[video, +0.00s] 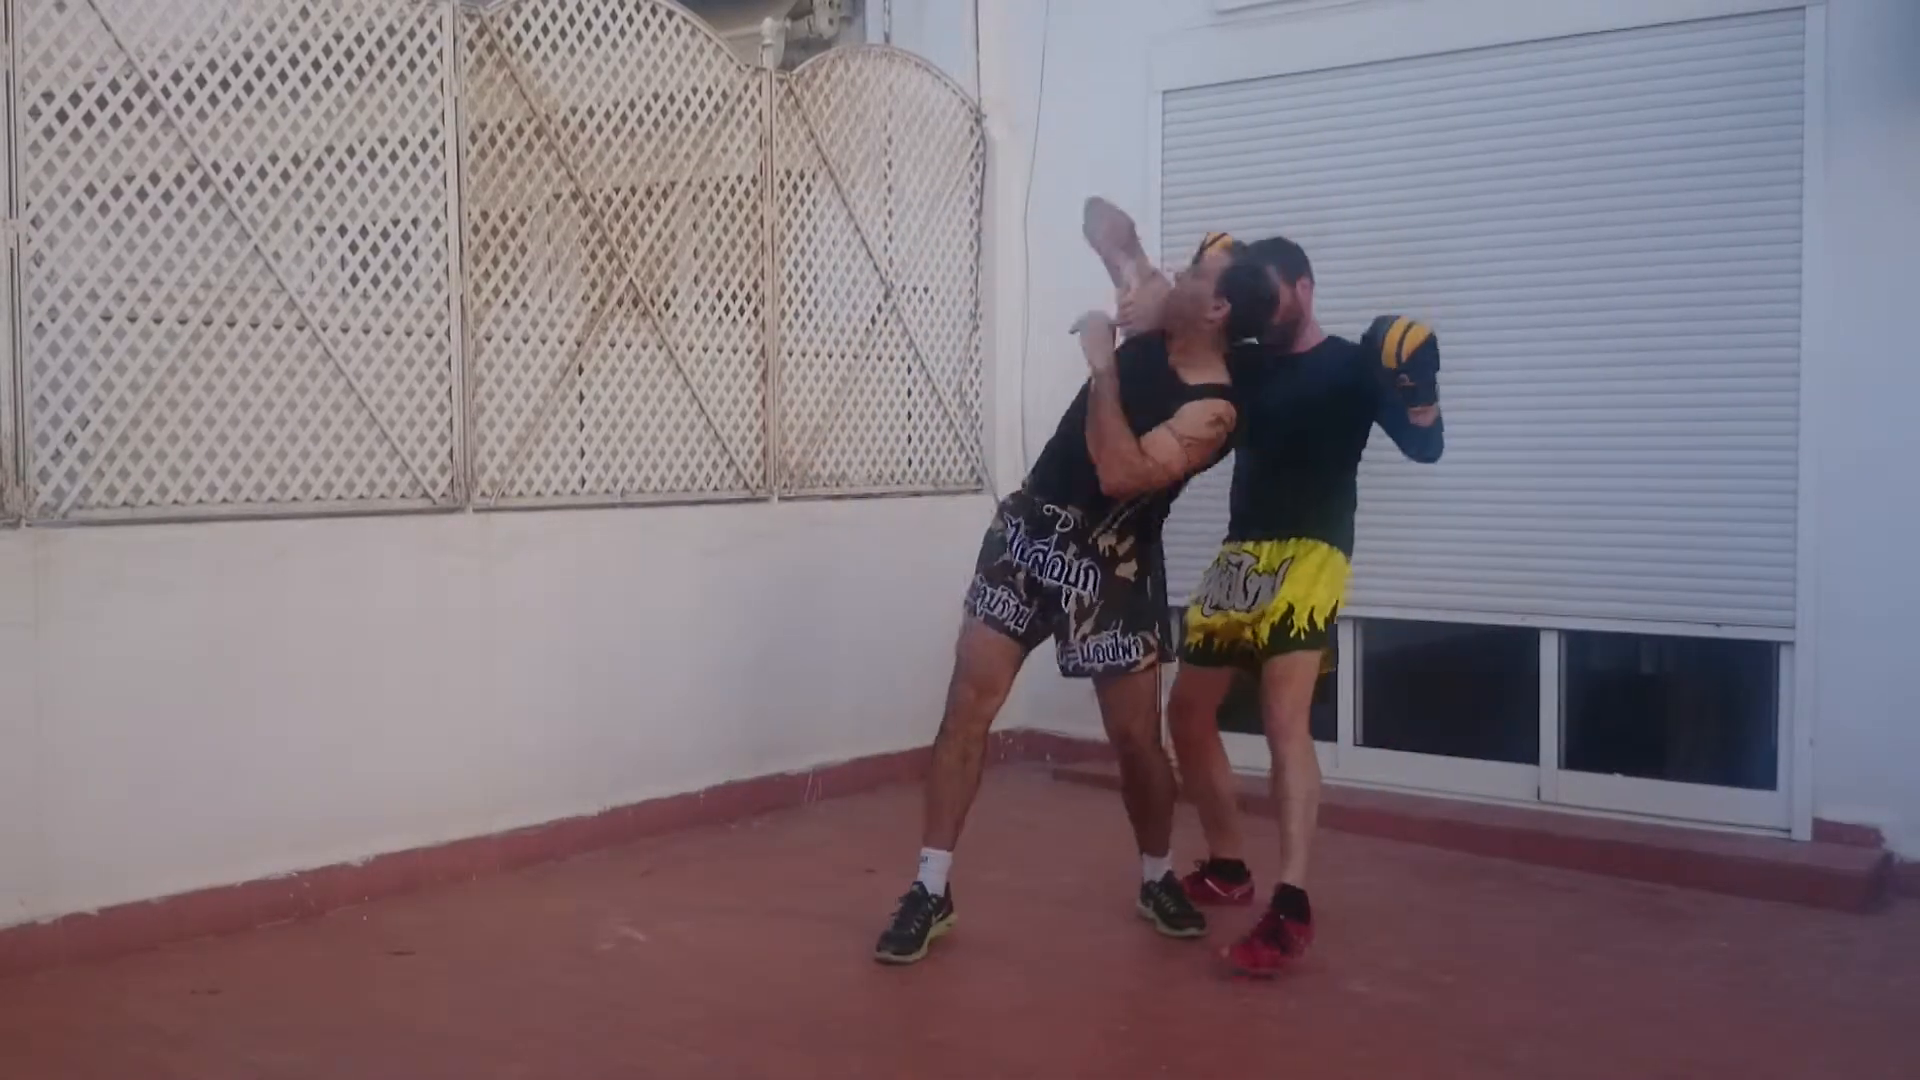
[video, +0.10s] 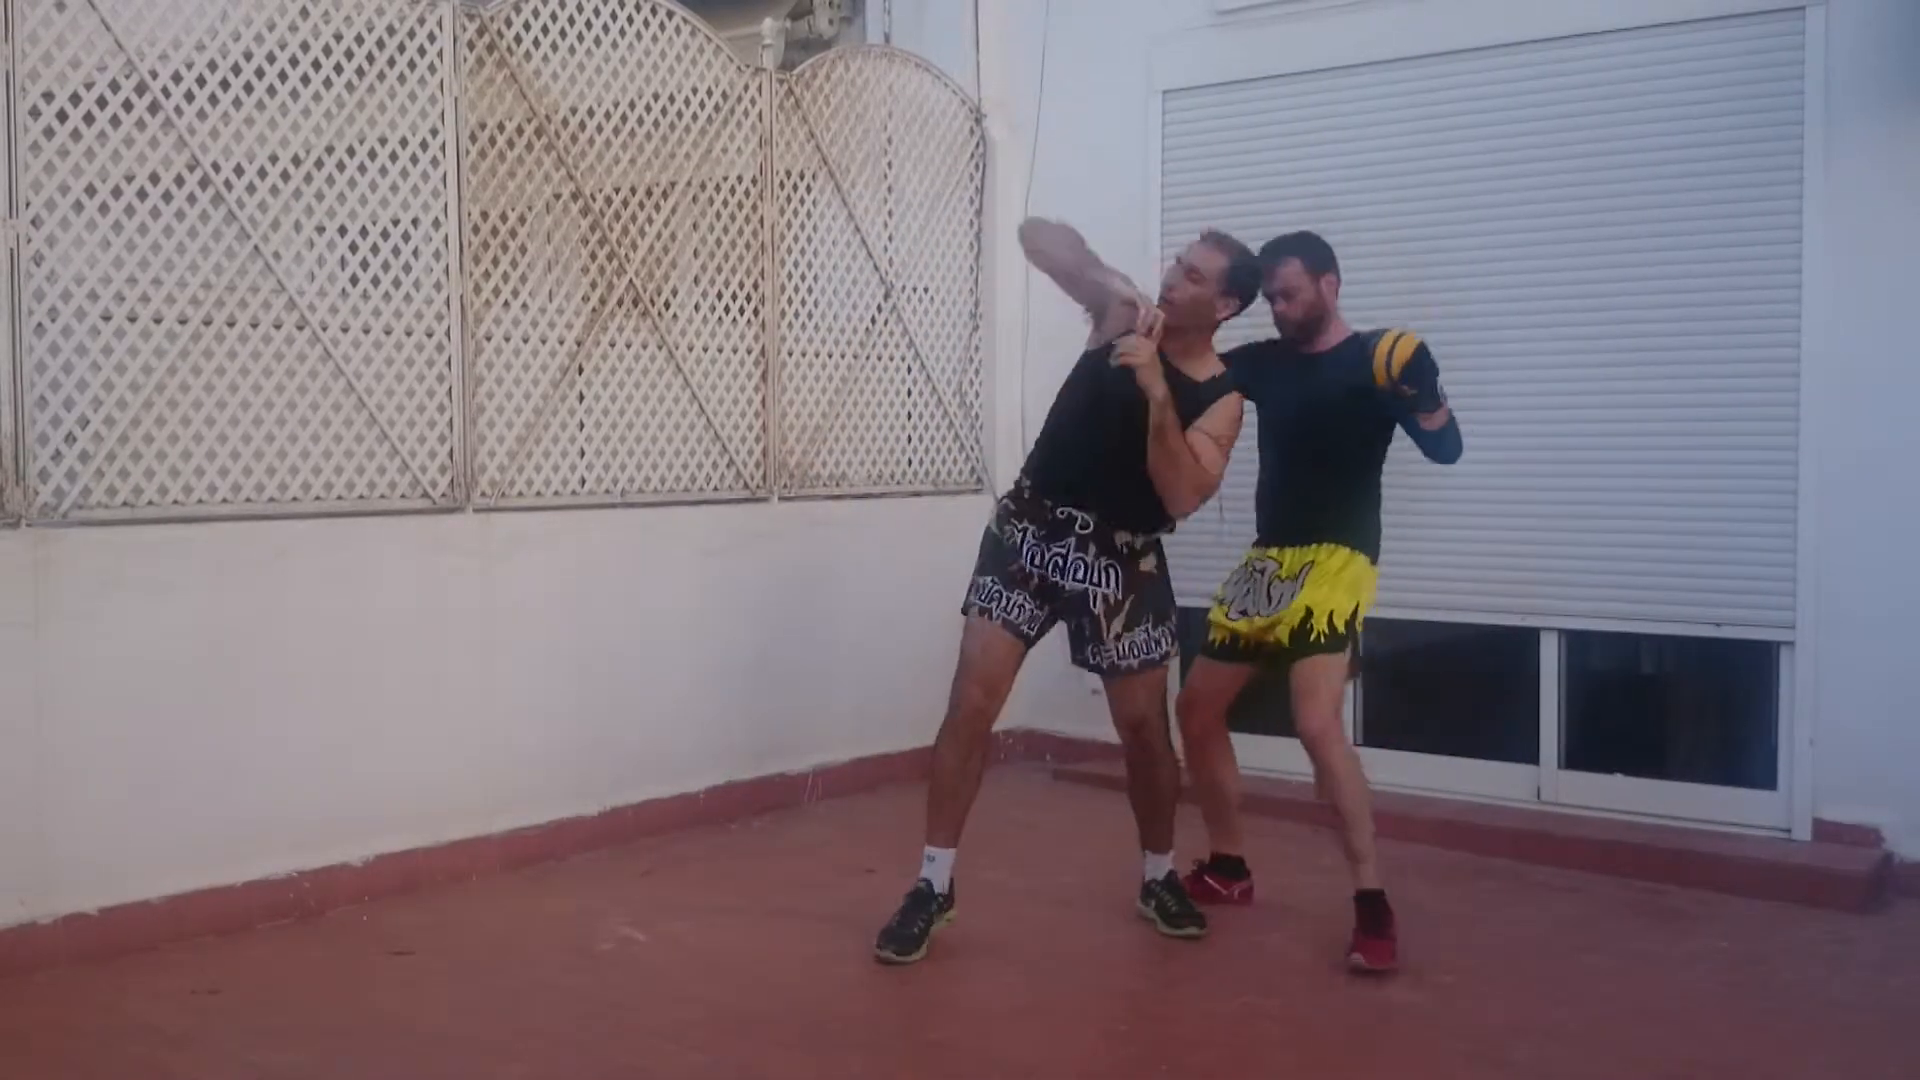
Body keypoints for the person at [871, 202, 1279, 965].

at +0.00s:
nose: (1184, 275)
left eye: (1198, 275)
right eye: (1195, 269)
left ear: (1217, 310)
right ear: (1207, 300)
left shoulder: (1212, 410)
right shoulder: (1156, 308)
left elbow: (1121, 474)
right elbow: (1101, 212)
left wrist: (1103, 364)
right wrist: (1126, 259)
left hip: (1116, 555)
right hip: (1033, 525)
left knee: (1136, 736)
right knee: (969, 705)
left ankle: (1157, 881)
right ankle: (929, 888)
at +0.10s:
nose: (1172, 276)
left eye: (1193, 275)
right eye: (1177, 264)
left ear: (1227, 307)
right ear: (1172, 272)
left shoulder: (1221, 398)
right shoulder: (1122, 309)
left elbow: (1183, 496)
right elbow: (1034, 235)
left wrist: (1159, 395)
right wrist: (1108, 285)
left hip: (1125, 556)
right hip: (1031, 528)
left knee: (1143, 726)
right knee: (971, 703)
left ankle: (1159, 880)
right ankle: (932, 885)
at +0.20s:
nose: (1195, 292)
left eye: (1212, 286)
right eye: (1185, 274)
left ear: (1222, 304)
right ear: (1155, 274)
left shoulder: (1211, 386)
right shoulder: (1087, 317)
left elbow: (1208, 501)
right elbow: (972, 305)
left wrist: (1192, 409)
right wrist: (1069, 315)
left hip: (1124, 554)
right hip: (1030, 530)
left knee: (1145, 728)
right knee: (985, 712)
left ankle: (1160, 880)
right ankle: (926, 890)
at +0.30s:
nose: (1193, 304)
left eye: (1201, 291)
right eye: (1184, 287)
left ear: (1191, 292)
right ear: (1137, 276)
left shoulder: (1173, 372)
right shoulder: (1055, 331)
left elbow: (1182, 495)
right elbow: (962, 400)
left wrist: (1188, 440)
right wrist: (1062, 370)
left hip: (1111, 551)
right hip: (1023, 538)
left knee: (1137, 724)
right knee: (998, 727)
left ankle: (1157, 878)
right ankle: (924, 914)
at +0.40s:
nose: (1166, 310)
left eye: (1170, 296)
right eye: (1160, 293)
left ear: (1124, 290)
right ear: (1113, 285)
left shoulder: (1124, 370)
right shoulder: (1026, 346)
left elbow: (1129, 479)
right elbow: (980, 462)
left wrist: (1156, 450)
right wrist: (1088, 427)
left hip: (1079, 550)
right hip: (1003, 545)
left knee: (1115, 720)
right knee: (1001, 734)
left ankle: (1148, 878)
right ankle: (921, 922)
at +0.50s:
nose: (1142, 302)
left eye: (1144, 287)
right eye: (1137, 286)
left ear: (1098, 279)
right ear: (1094, 278)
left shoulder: (1077, 347)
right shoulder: (1013, 348)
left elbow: (1028, 455)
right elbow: (990, 473)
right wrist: (1102, 446)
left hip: (1045, 545)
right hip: (982, 547)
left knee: (1089, 711)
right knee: (990, 734)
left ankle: (1109, 878)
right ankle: (916, 922)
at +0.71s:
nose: (1113, 288)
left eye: (1115, 274)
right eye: (1106, 273)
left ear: (1067, 270)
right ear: (1062, 267)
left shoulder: (1045, 339)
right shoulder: (1000, 336)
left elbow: (1011, 445)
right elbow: (988, 462)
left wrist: (1082, 434)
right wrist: (1083, 434)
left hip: (1018, 541)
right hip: (960, 540)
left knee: (1045, 701)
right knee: (964, 731)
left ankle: (1010, 850)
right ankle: (909, 922)